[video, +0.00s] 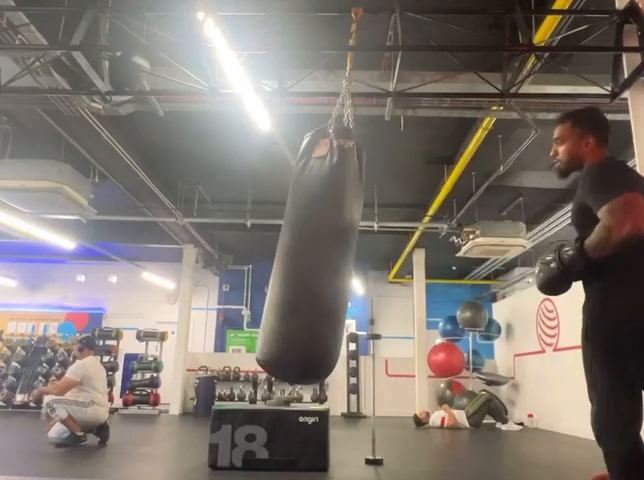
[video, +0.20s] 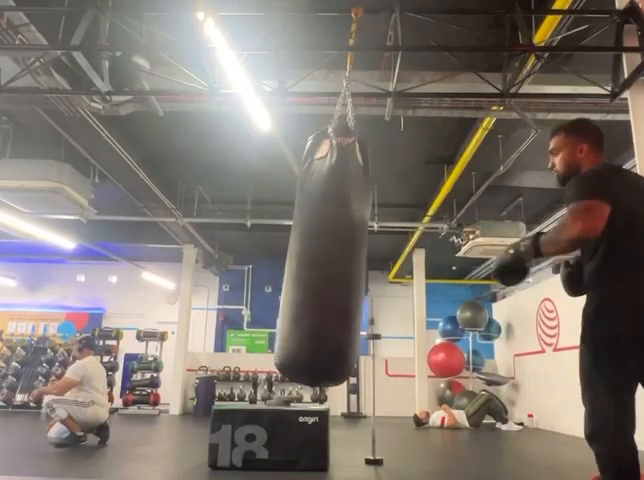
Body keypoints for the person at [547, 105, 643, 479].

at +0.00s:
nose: (553, 150)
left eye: (560, 141)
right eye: (554, 142)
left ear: (588, 141)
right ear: (591, 143)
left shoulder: (600, 173)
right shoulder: (620, 174)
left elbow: (622, 221)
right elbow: (626, 227)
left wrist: (572, 263)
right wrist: (572, 258)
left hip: (616, 309)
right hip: (625, 306)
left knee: (614, 414)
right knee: (621, 409)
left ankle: (623, 470)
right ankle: (626, 468)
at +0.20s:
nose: (551, 162)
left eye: (555, 152)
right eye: (550, 155)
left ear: (583, 149)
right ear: (588, 152)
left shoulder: (597, 178)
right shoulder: (631, 181)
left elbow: (587, 224)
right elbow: (633, 244)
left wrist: (527, 252)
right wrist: (589, 267)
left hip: (615, 308)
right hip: (634, 306)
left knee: (606, 413)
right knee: (615, 406)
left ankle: (617, 470)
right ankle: (619, 468)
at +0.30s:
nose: (545, 169)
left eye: (548, 158)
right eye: (544, 160)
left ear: (573, 153)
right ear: (584, 155)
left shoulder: (581, 186)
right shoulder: (635, 185)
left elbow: (535, 227)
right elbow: (631, 246)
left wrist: (487, 235)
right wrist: (584, 267)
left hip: (609, 315)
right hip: (643, 311)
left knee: (606, 421)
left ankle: (619, 472)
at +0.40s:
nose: (535, 174)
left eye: (537, 164)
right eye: (534, 166)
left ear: (561, 158)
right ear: (571, 159)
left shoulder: (554, 195)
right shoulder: (632, 186)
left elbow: (498, 226)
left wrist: (448, 232)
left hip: (598, 325)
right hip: (639, 320)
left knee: (608, 433)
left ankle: (619, 475)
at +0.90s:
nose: (549, 177)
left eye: (553, 167)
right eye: (548, 169)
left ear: (577, 162)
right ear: (585, 164)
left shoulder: (568, 195)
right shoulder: (635, 196)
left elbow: (515, 237)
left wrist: (473, 253)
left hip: (594, 332)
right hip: (640, 328)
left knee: (593, 426)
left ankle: (614, 476)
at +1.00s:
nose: (561, 176)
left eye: (564, 167)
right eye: (559, 169)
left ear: (590, 161)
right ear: (597, 164)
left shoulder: (588, 189)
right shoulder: (636, 193)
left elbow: (577, 239)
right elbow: (632, 255)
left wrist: (532, 277)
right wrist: (585, 279)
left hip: (607, 324)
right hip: (640, 320)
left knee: (595, 423)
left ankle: (615, 475)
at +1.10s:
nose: (572, 185)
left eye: (576, 175)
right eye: (571, 178)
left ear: (604, 169)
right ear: (608, 172)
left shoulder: (612, 197)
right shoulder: (629, 197)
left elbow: (626, 247)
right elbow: (630, 255)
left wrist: (591, 308)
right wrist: (596, 281)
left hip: (630, 331)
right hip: (631, 329)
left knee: (598, 427)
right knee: (602, 426)